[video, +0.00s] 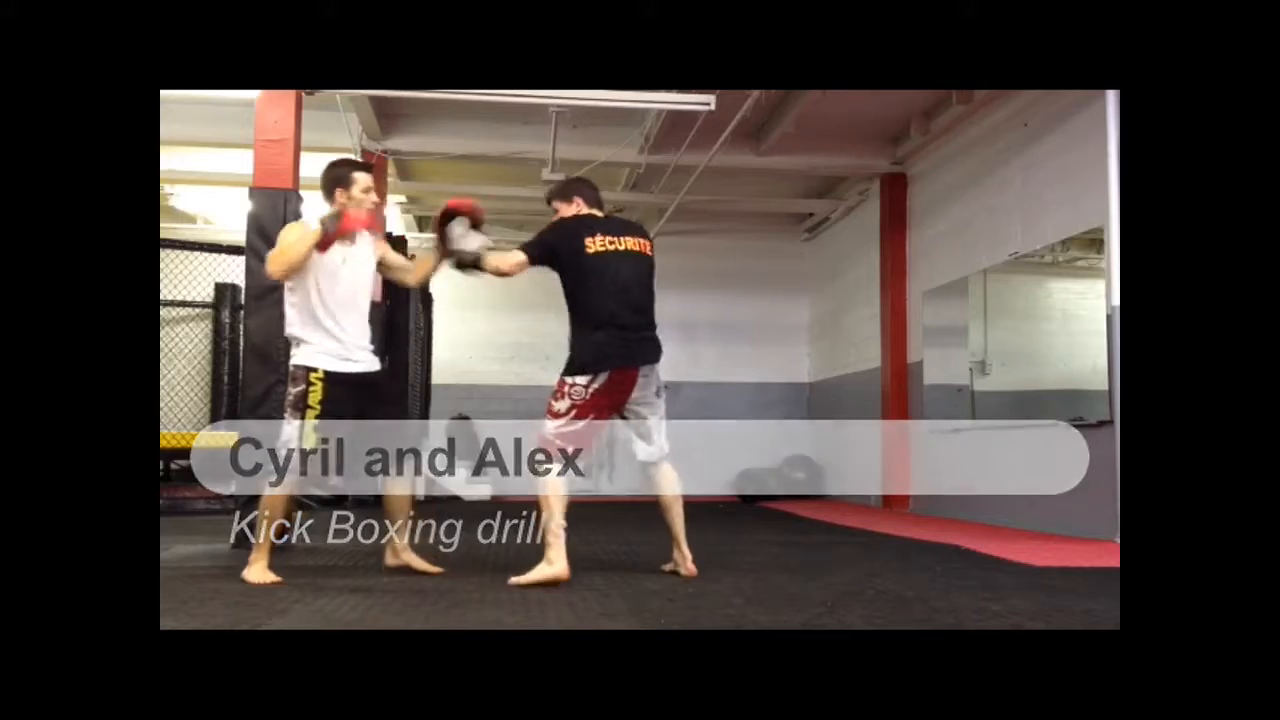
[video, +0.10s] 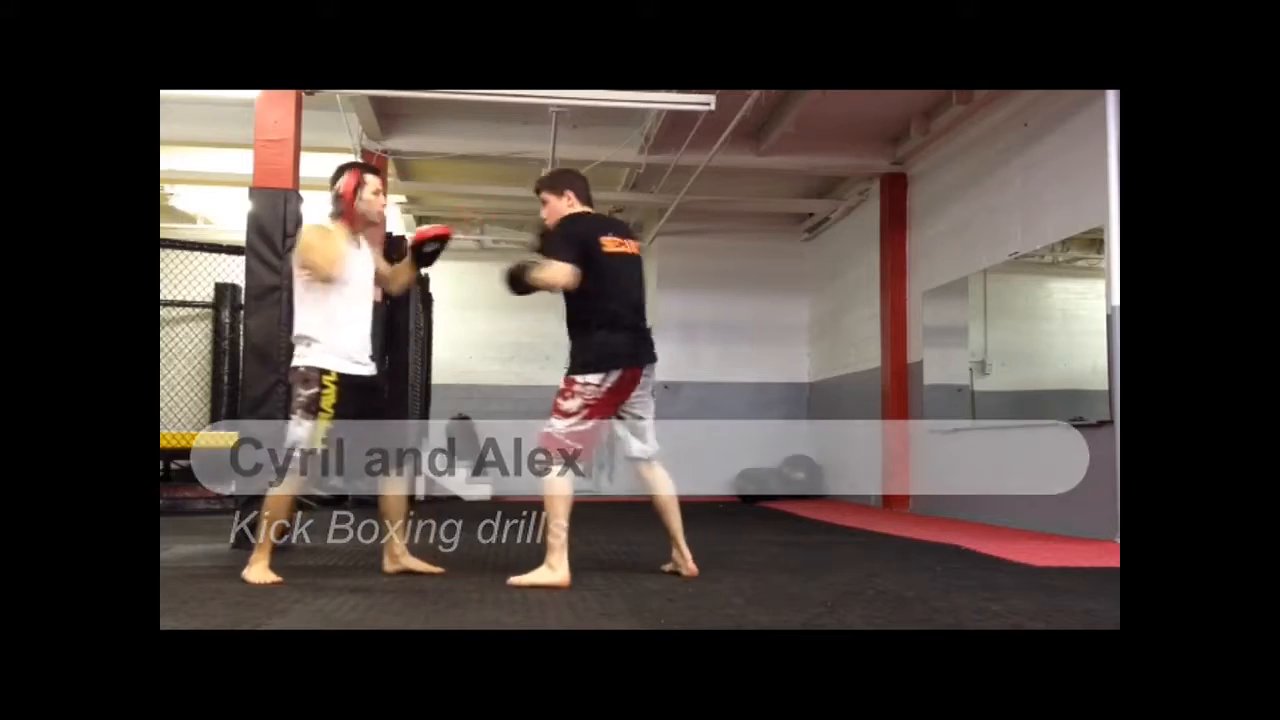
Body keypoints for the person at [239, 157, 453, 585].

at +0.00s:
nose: (373, 198)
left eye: (373, 191)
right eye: (365, 190)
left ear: (357, 196)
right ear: (339, 194)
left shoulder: (370, 241)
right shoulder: (304, 231)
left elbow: (412, 275)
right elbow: (276, 268)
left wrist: (445, 245)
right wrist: (325, 230)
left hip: (365, 365)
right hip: (315, 363)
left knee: (399, 452)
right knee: (294, 463)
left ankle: (399, 546)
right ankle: (259, 559)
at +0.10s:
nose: (380, 201)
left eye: (382, 194)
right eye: (372, 192)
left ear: (379, 201)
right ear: (347, 195)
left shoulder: (367, 247)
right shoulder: (314, 235)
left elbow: (396, 284)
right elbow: (326, 267)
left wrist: (412, 254)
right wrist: (353, 221)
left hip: (362, 367)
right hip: (318, 364)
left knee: (395, 451)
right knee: (300, 459)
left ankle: (396, 550)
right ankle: (260, 559)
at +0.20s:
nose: (389, 204)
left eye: (389, 197)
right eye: (383, 197)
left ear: (364, 200)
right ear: (360, 198)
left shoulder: (366, 242)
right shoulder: (343, 236)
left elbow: (384, 298)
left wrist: (405, 257)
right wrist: (403, 228)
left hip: (356, 369)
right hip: (325, 367)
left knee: (391, 454)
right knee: (312, 463)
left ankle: (396, 551)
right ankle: (260, 559)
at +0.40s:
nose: (387, 209)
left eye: (388, 201)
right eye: (382, 200)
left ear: (366, 203)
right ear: (357, 200)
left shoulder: (366, 249)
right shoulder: (332, 234)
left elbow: (386, 299)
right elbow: (370, 263)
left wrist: (414, 271)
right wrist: (406, 228)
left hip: (361, 371)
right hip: (323, 369)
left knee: (397, 455)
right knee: (308, 464)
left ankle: (397, 552)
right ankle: (259, 560)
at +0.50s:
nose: (384, 211)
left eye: (385, 203)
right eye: (378, 202)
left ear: (359, 204)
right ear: (352, 201)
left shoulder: (362, 250)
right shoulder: (317, 238)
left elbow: (392, 294)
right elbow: (328, 283)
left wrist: (429, 285)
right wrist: (378, 246)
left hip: (365, 372)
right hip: (322, 370)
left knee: (405, 456)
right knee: (303, 468)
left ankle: (399, 549)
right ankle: (259, 560)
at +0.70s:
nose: (370, 213)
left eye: (370, 205)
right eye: (363, 204)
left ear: (343, 206)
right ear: (336, 204)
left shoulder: (353, 245)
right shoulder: (291, 244)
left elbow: (364, 300)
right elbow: (276, 307)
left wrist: (393, 324)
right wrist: (331, 289)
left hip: (371, 369)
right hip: (323, 371)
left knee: (428, 447)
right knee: (299, 472)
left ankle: (410, 537)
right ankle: (258, 562)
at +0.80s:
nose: (367, 211)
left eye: (367, 203)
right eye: (360, 202)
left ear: (341, 205)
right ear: (333, 202)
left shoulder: (348, 247)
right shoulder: (291, 244)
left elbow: (344, 307)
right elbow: (280, 307)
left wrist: (391, 303)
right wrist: (336, 288)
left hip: (367, 367)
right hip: (320, 369)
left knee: (421, 450)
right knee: (303, 468)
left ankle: (407, 539)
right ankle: (259, 562)